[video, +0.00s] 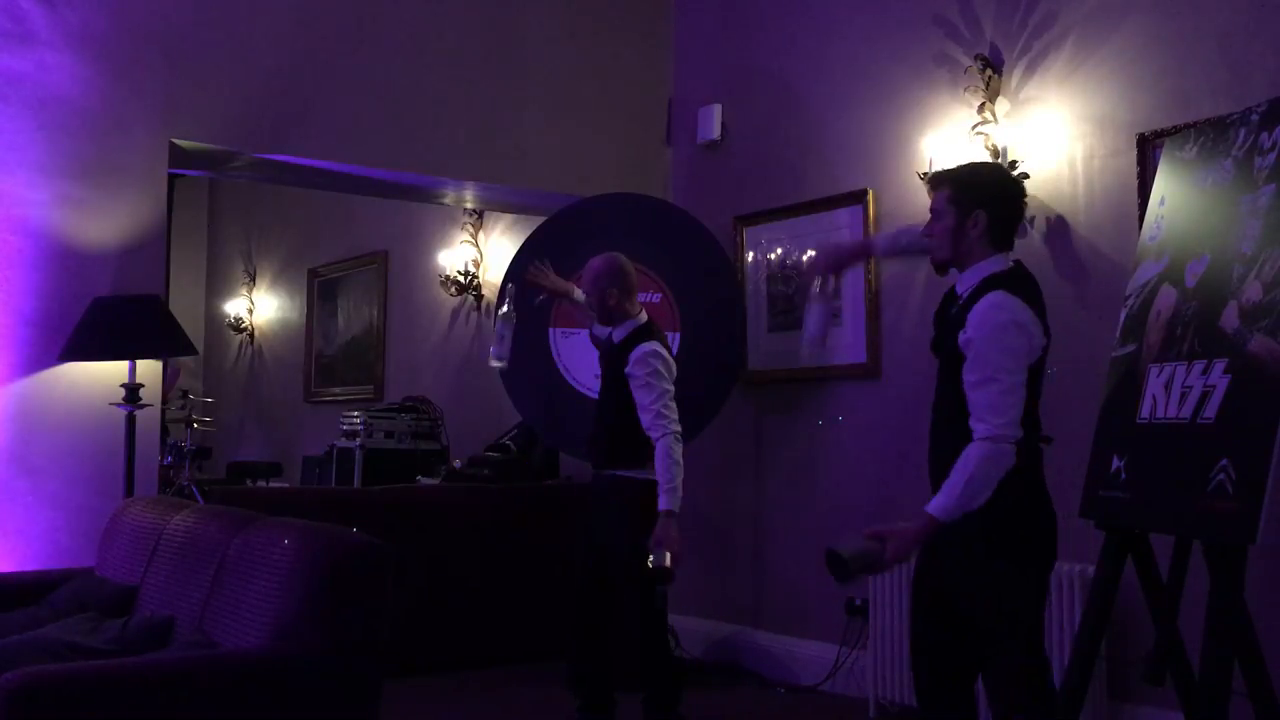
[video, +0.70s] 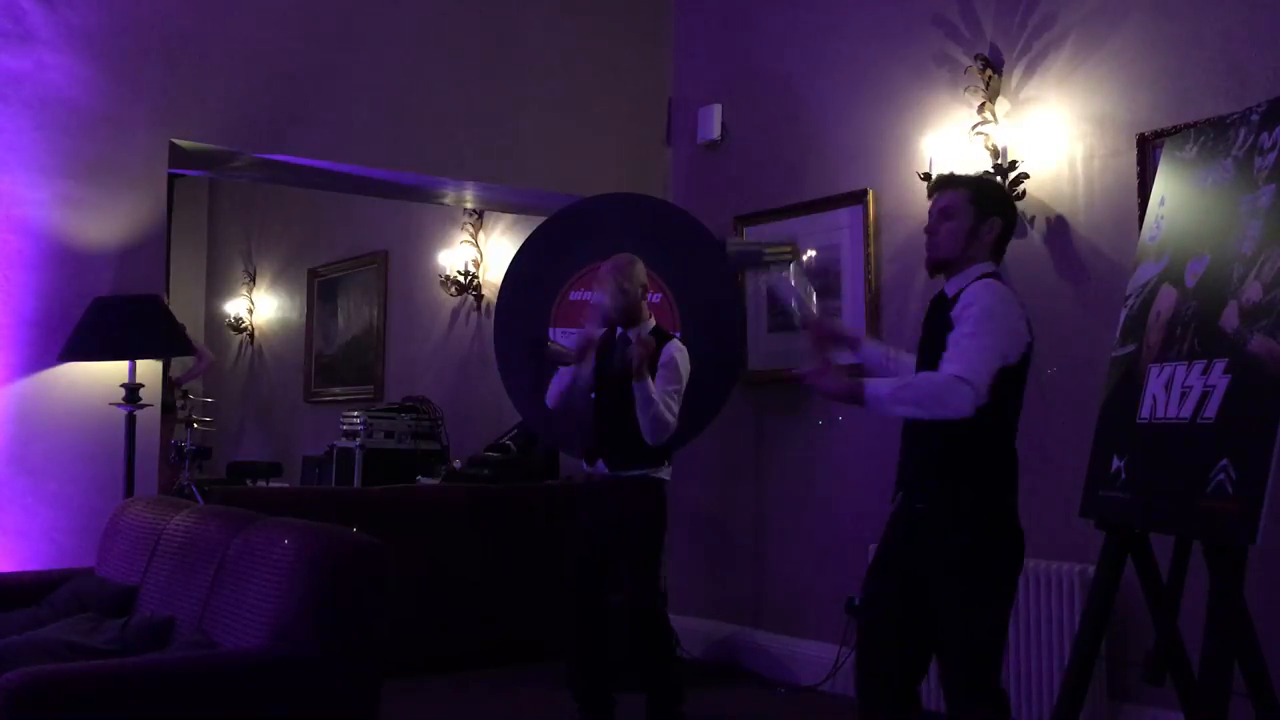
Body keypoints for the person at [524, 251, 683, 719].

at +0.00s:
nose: (588, 302)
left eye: (593, 294)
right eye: (587, 295)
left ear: (614, 296)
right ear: (622, 296)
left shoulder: (646, 352)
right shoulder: (615, 336)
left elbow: (668, 434)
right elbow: (593, 308)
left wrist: (668, 514)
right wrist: (560, 285)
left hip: (636, 494)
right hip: (611, 490)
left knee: (638, 614)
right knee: (606, 606)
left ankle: (657, 707)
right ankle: (599, 701)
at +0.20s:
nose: (583, 311)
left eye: (586, 301)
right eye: (581, 303)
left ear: (611, 300)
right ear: (618, 298)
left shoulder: (645, 359)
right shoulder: (620, 336)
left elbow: (659, 444)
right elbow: (580, 320)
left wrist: (655, 523)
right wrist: (526, 322)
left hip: (631, 495)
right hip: (609, 490)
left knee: (629, 609)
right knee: (606, 603)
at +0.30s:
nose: (586, 311)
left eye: (591, 302)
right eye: (585, 301)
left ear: (613, 300)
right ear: (613, 301)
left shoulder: (655, 357)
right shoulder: (611, 343)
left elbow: (649, 446)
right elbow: (562, 359)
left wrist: (619, 515)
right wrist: (515, 393)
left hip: (642, 495)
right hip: (609, 486)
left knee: (633, 603)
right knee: (601, 597)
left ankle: (655, 701)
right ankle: (596, 696)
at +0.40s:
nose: (598, 312)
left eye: (606, 303)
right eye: (596, 304)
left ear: (633, 299)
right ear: (598, 302)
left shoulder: (667, 355)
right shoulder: (600, 344)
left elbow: (647, 433)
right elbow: (567, 404)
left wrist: (592, 473)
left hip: (648, 492)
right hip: (601, 486)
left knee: (643, 603)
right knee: (595, 599)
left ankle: (662, 702)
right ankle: (595, 700)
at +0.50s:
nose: (603, 308)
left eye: (613, 299)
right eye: (599, 299)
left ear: (638, 297)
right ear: (596, 298)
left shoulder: (672, 351)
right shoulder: (593, 348)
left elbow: (653, 424)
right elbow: (573, 421)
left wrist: (596, 418)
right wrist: (573, 487)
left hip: (650, 490)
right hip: (599, 487)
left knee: (647, 599)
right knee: (596, 595)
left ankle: (663, 703)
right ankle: (594, 701)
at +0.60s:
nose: (608, 305)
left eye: (618, 296)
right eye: (603, 296)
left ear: (642, 294)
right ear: (599, 296)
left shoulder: (672, 352)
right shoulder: (594, 346)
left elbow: (659, 431)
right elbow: (568, 411)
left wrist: (631, 378)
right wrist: (610, 430)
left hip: (645, 489)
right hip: (595, 488)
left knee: (645, 599)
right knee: (592, 598)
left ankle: (663, 701)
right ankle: (594, 700)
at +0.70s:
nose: (606, 305)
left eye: (616, 296)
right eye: (603, 296)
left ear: (641, 295)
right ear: (599, 297)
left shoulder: (668, 352)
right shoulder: (592, 345)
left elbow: (658, 430)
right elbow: (555, 406)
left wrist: (641, 373)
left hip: (641, 490)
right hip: (591, 487)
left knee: (641, 598)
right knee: (589, 596)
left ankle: (659, 701)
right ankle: (591, 699)